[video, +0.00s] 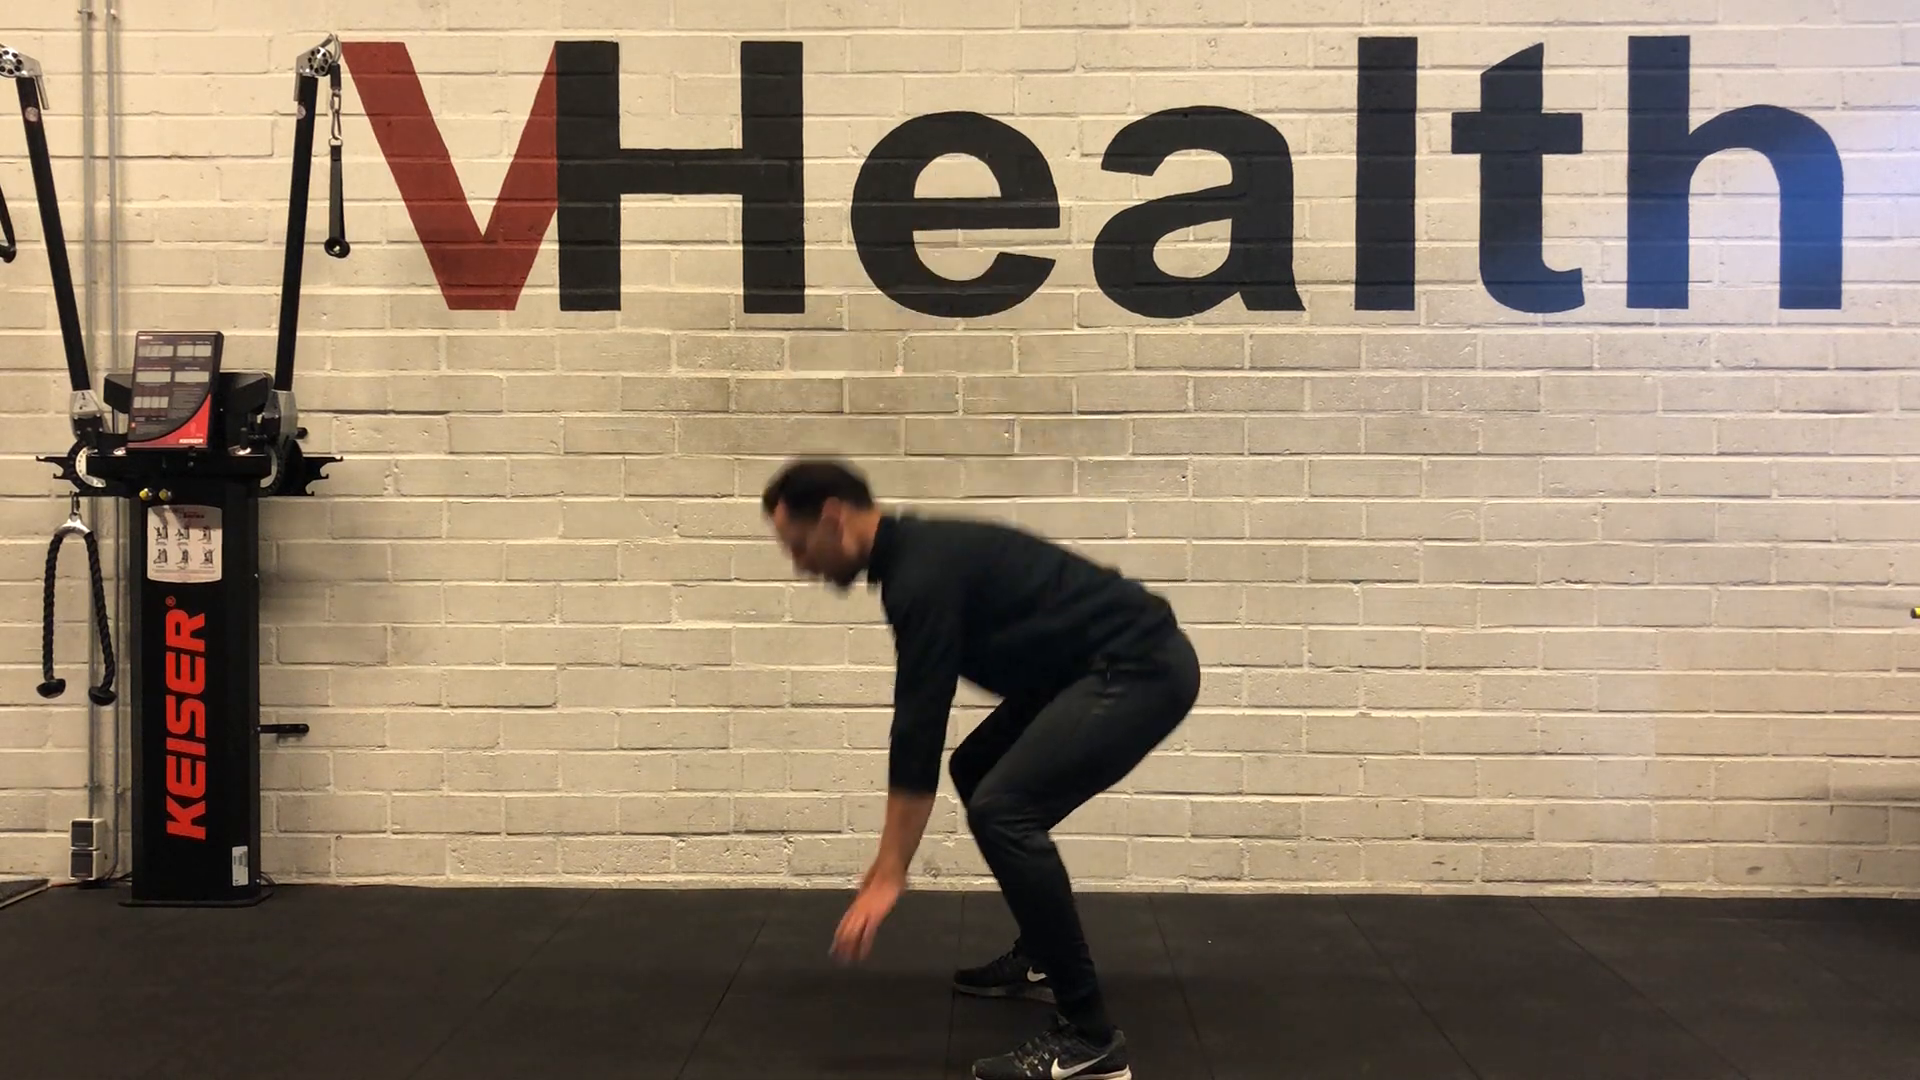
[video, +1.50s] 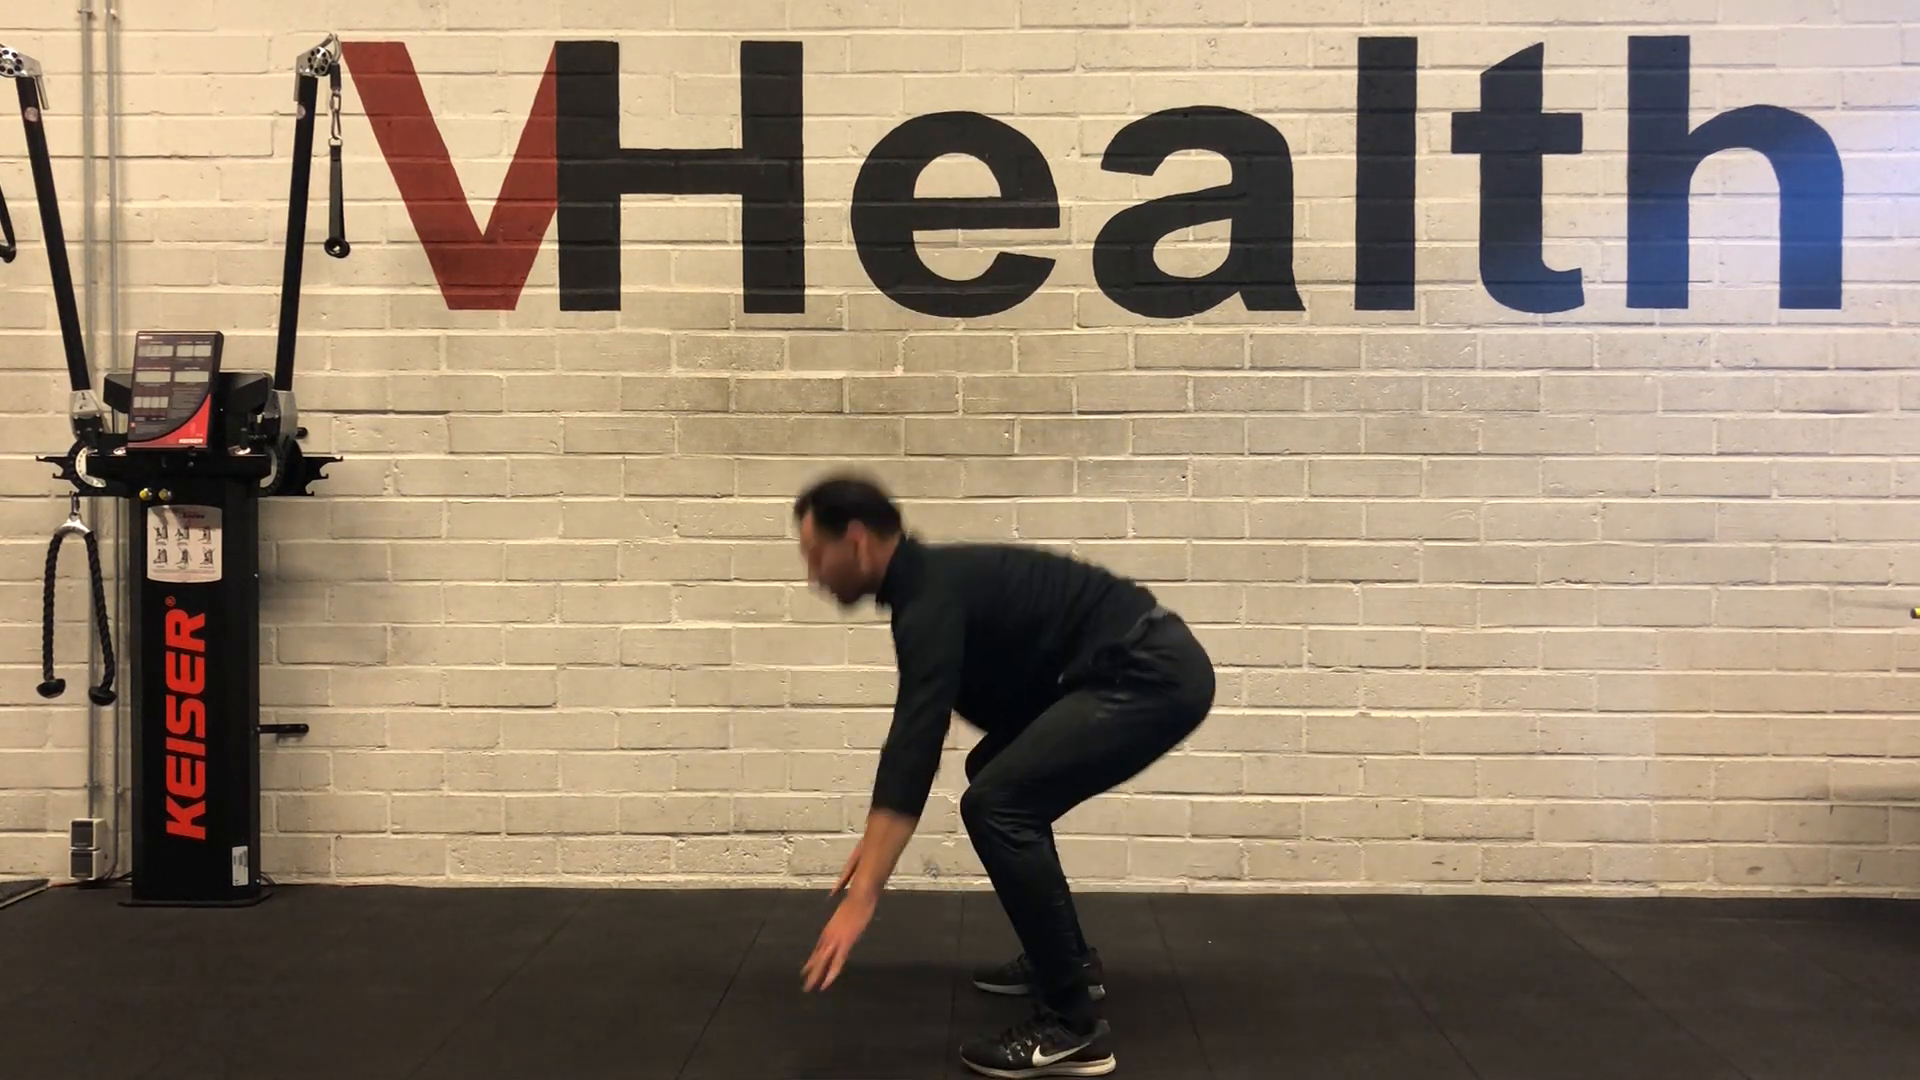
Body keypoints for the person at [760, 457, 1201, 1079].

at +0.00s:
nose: (798, 562)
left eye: (798, 543)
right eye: (790, 549)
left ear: (835, 514)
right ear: (841, 514)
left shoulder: (922, 574)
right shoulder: (910, 558)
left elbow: (918, 733)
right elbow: (915, 726)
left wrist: (889, 873)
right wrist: (889, 863)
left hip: (1140, 667)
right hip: (1091, 661)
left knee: (1003, 812)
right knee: (974, 769)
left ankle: (1088, 1034)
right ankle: (1045, 950)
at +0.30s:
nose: (805, 782)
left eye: (796, 768)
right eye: (792, 774)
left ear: (824, 731)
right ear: (824, 724)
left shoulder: (901, 740)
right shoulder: (883, 709)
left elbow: (904, 886)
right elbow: (904, 867)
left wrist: (881, 1042)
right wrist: (884, 968)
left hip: (1114, 604)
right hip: (1082, 603)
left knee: (1059, 812)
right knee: (1035, 784)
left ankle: (1233, 961)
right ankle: (1162, 919)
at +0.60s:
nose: (721, 731)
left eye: (723, 714)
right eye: (716, 715)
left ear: (771, 699)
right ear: (780, 690)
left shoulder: (850, 751)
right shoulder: (845, 726)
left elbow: (890, 902)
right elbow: (885, 874)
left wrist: (886, 1053)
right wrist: (886, 973)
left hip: (1061, 873)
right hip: (1057, 850)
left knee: (1257, 982)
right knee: (1221, 930)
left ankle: (1498, 1000)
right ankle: (1417, 905)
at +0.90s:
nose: (732, 757)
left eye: (731, 739)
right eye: (724, 743)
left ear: (768, 711)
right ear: (775, 701)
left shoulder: (862, 750)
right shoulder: (851, 735)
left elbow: (895, 902)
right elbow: (892, 877)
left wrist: (890, 1049)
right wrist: (885, 974)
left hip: (1087, 873)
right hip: (1076, 855)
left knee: (1274, 987)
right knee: (1235, 934)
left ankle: (1511, 1001)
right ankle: (1426, 907)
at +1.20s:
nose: (800, 782)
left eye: (794, 764)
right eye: (789, 770)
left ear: (828, 730)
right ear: (832, 723)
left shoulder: (909, 743)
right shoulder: (895, 716)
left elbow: (911, 896)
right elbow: (909, 872)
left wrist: (885, 1049)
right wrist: (889, 971)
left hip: (1128, 621)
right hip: (1117, 611)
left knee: (1037, 803)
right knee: (1059, 781)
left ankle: (1189, 979)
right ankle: (1202, 902)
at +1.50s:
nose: (811, 568)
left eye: (813, 549)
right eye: (807, 553)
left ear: (857, 535)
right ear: (864, 535)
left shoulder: (931, 598)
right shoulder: (923, 586)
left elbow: (914, 748)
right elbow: (912, 740)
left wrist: (860, 898)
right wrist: (876, 844)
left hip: (1152, 676)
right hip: (1125, 665)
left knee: (997, 809)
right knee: (989, 773)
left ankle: (1072, 1021)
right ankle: (1063, 961)